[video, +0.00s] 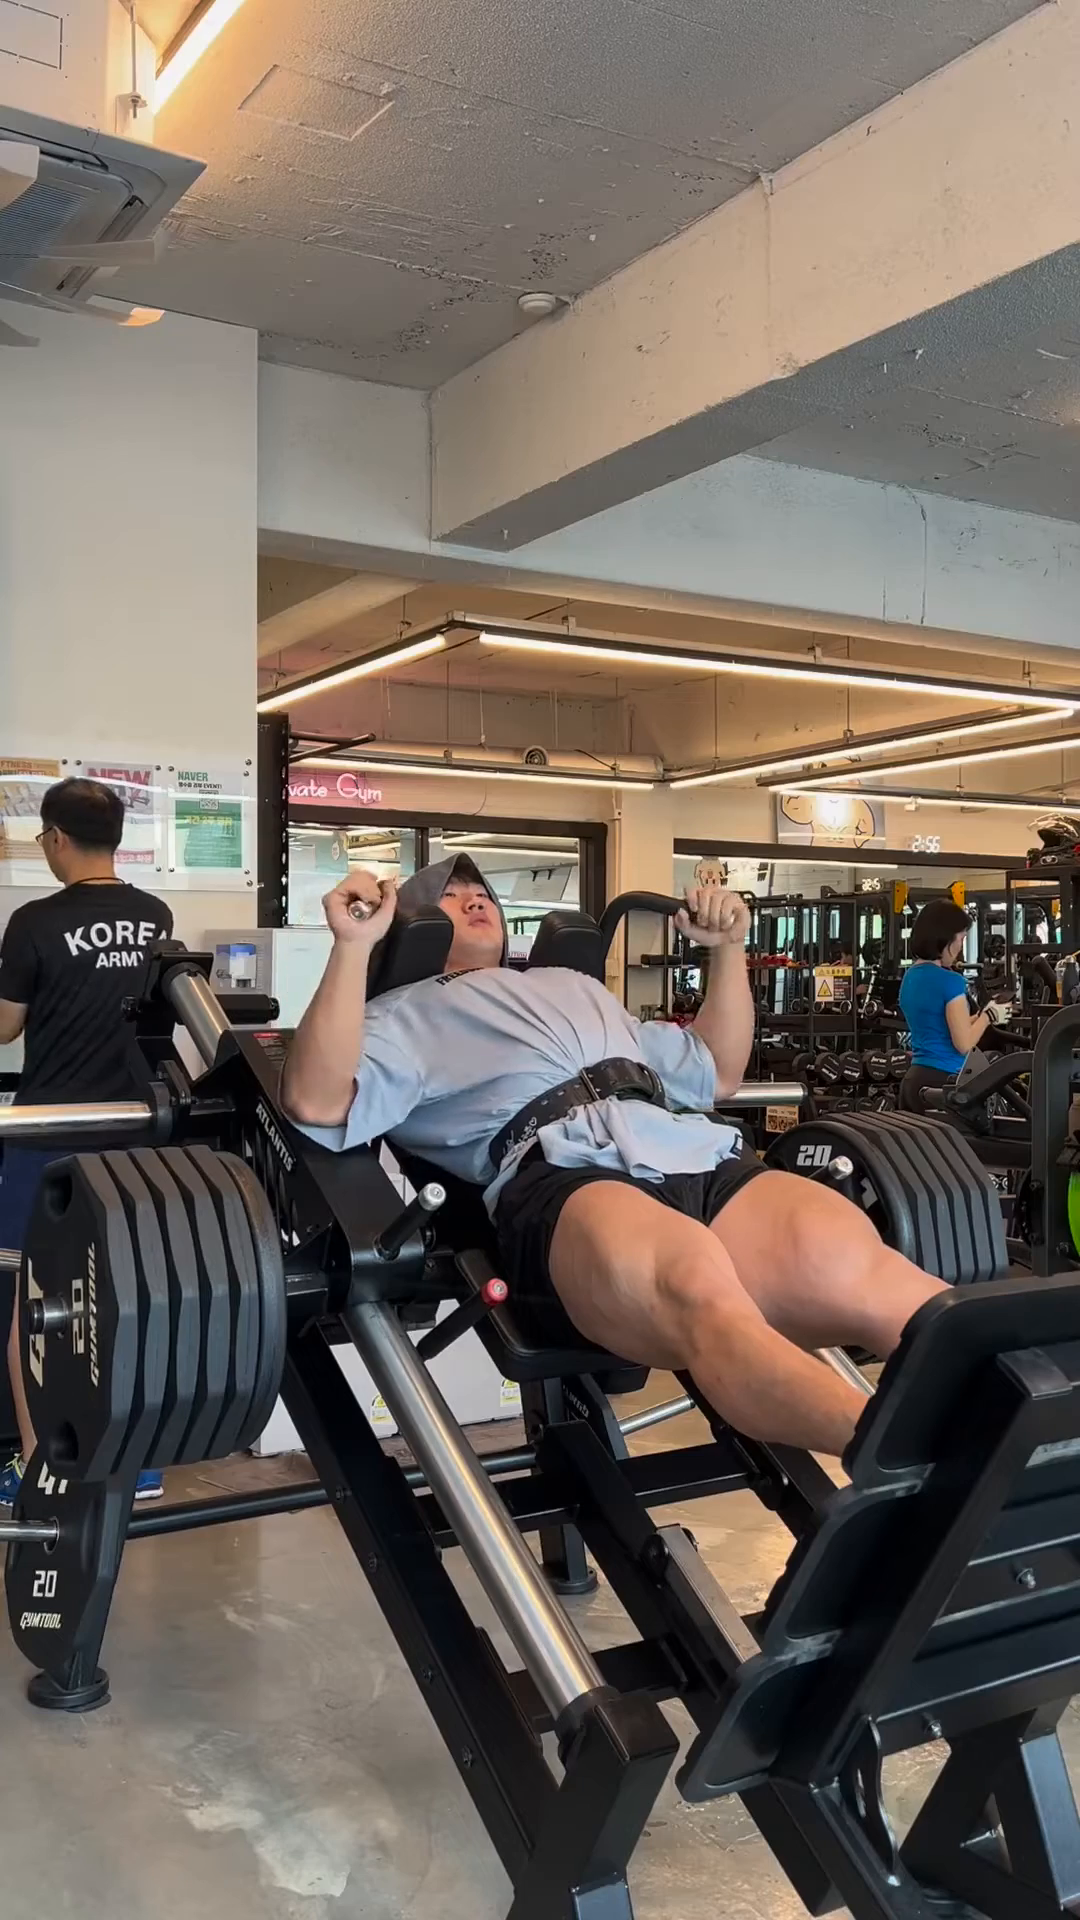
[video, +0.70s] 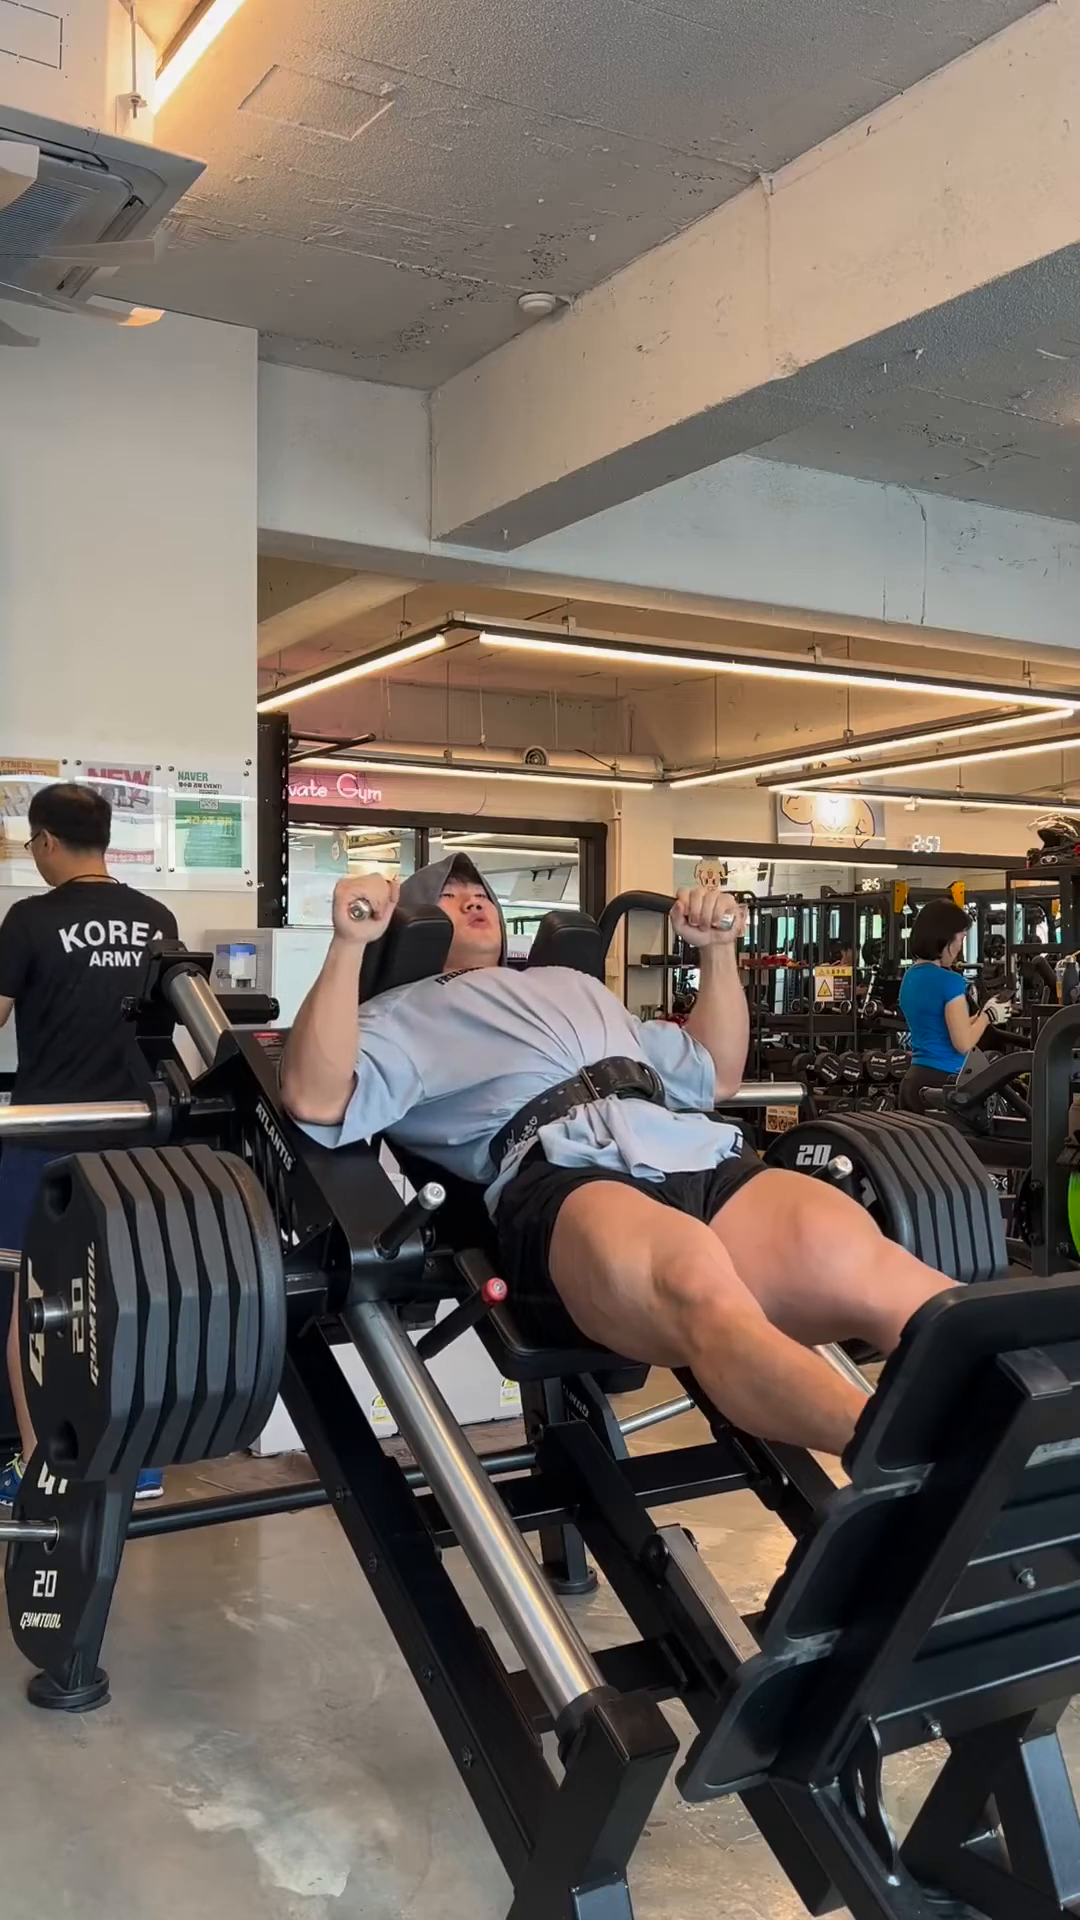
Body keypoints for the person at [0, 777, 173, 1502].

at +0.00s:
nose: (44, 848)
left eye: (44, 837)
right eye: (46, 837)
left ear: (57, 840)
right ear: (115, 840)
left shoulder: (35, 921)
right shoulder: (154, 912)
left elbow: (6, 1024)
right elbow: (161, 1006)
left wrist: (60, 986)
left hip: (47, 1134)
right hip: (136, 1133)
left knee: (25, 1296)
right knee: (131, 1292)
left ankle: (34, 1456)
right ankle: (138, 1461)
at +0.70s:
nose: (31, 854)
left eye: (32, 843)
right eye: (32, 843)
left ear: (46, 842)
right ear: (106, 843)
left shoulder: (30, 919)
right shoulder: (156, 916)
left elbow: (3, 1011)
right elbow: (174, 1013)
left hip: (42, 1134)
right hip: (134, 1135)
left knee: (24, 1297)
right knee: (133, 1294)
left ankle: (34, 1455)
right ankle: (140, 1465)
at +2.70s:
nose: (47, 857)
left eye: (45, 847)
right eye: (55, 847)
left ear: (49, 846)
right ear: (115, 848)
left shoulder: (25, 916)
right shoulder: (160, 919)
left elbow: (5, 1029)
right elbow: (172, 1020)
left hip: (46, 1128)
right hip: (135, 1127)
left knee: (29, 1291)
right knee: (122, 1283)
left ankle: (40, 1459)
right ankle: (125, 1447)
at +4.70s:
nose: (42, 861)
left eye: (40, 851)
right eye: (43, 851)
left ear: (47, 849)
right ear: (114, 848)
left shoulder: (29, 918)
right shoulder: (162, 918)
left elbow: (8, 1021)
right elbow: (173, 1019)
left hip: (49, 1131)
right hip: (136, 1131)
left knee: (28, 1299)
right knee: (129, 1287)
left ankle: (41, 1466)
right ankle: (140, 1454)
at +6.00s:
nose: (49, 858)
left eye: (47, 847)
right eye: (56, 848)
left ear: (50, 846)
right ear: (117, 848)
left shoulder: (29, 919)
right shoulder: (164, 921)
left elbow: (9, 1032)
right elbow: (170, 1021)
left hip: (50, 1130)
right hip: (142, 1128)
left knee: (23, 1297)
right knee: (128, 1287)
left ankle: (41, 1458)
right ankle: (131, 1445)